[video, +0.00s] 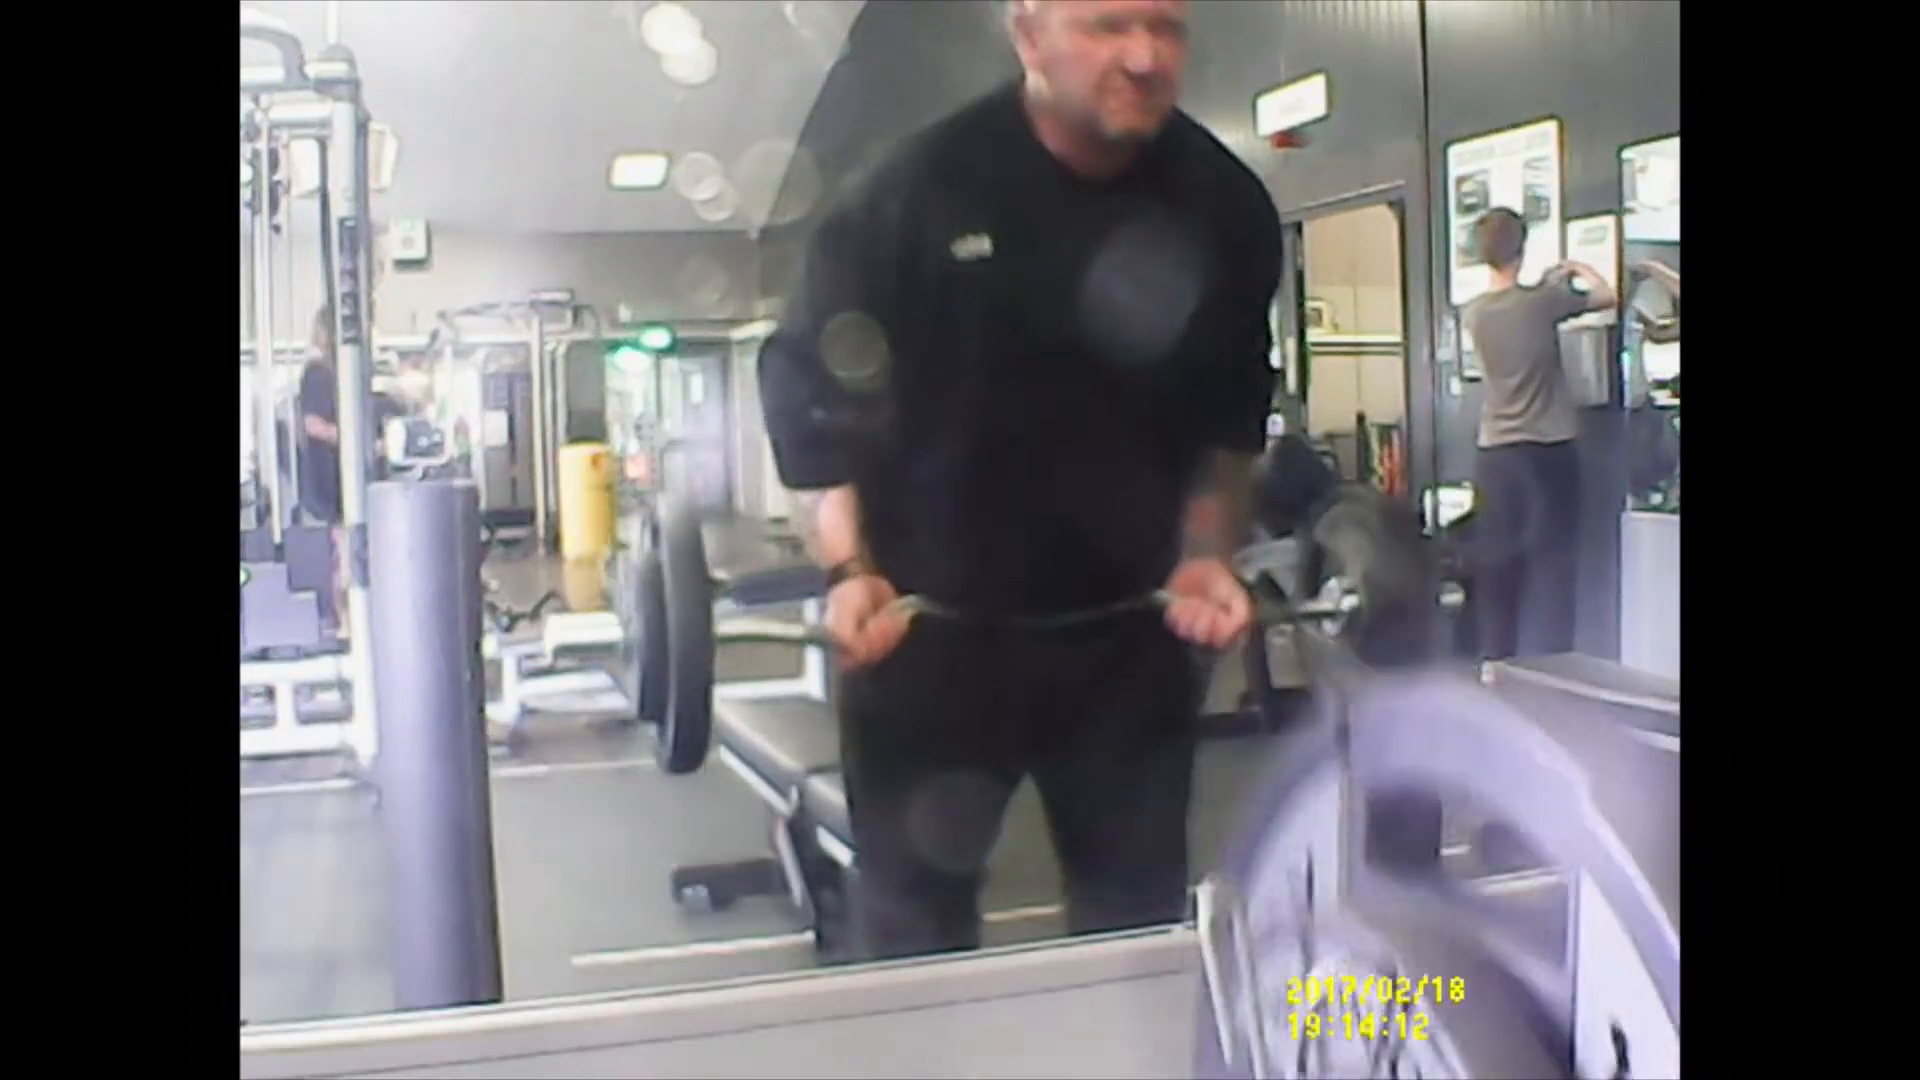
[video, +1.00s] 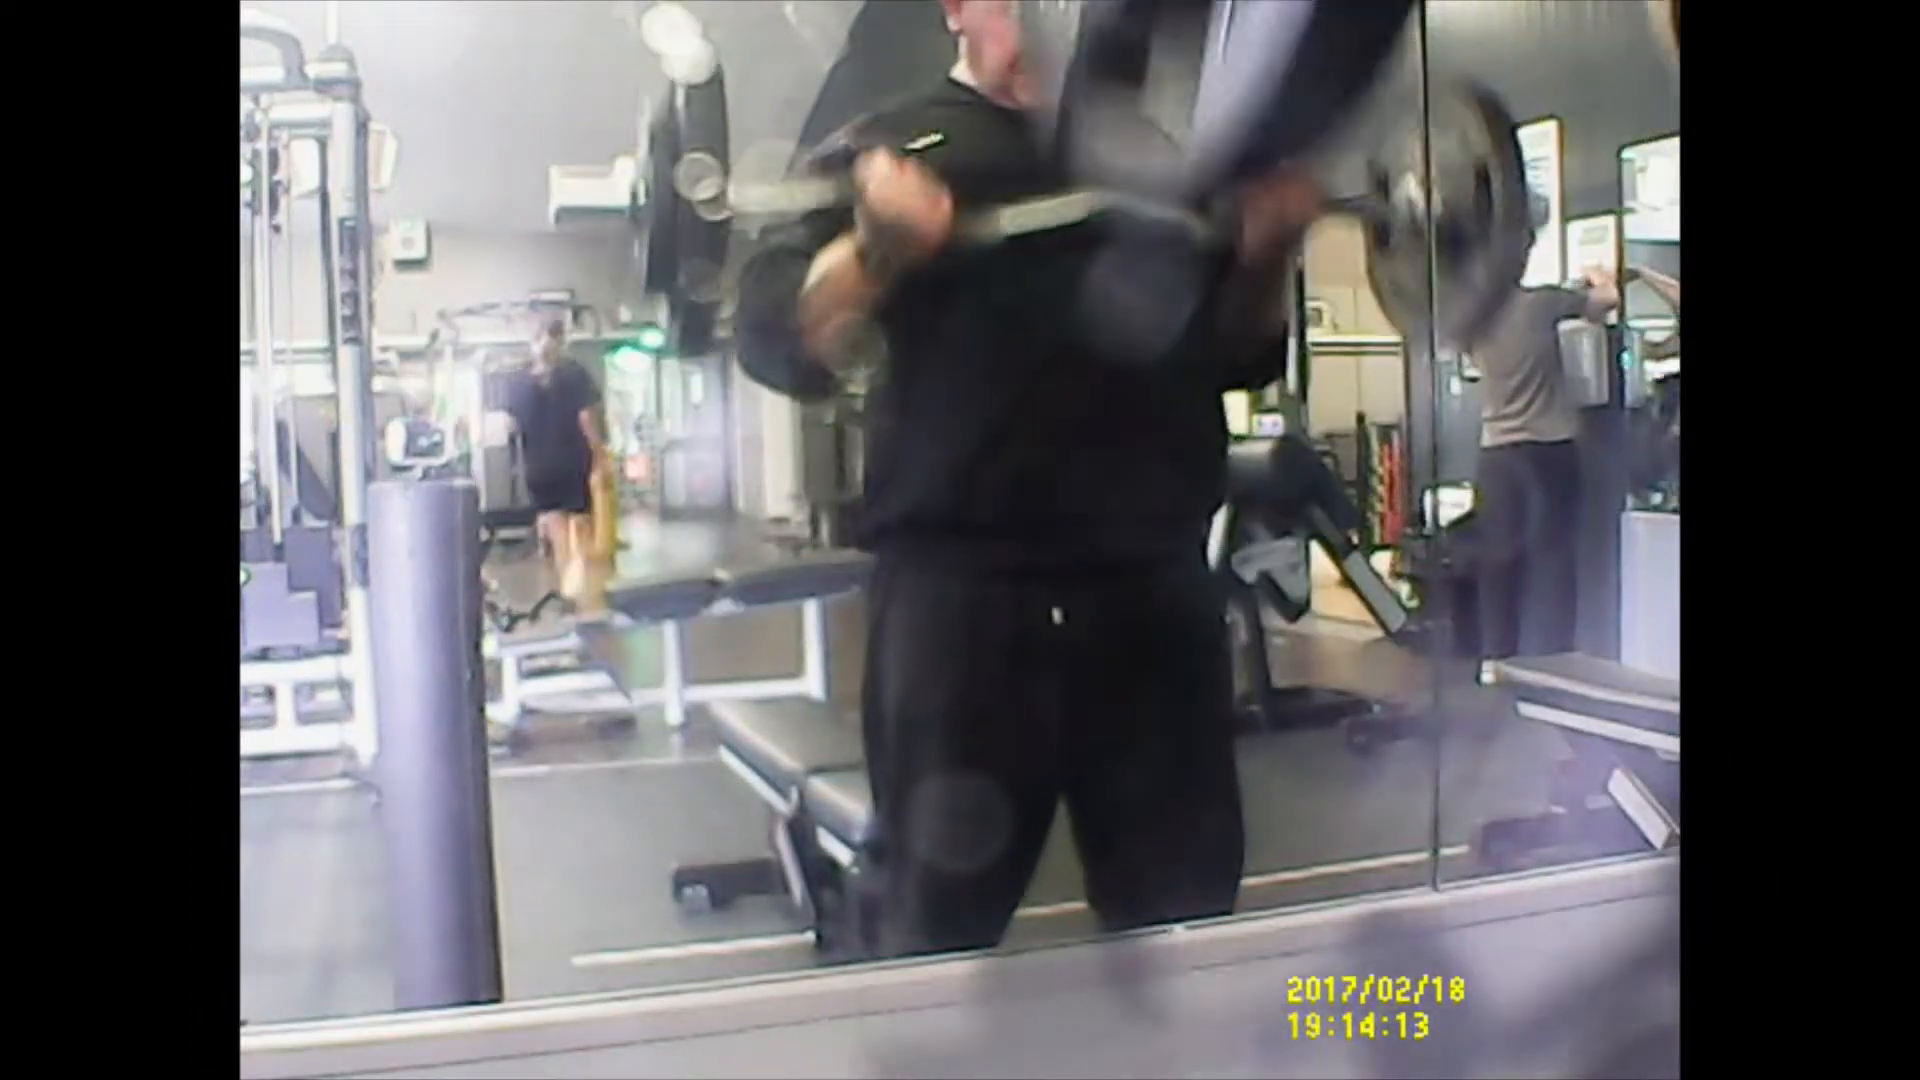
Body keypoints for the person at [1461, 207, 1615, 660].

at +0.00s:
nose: (1515, 252)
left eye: (1497, 245)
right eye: (1519, 244)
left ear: (1481, 253)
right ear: (1522, 250)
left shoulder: (1475, 313)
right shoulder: (1543, 302)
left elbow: (1515, 308)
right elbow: (1608, 299)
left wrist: (1551, 279)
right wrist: (1581, 269)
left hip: (1495, 450)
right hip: (1547, 447)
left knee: (1496, 554)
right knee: (1551, 554)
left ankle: (1493, 660)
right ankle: (1551, 665)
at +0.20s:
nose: (1513, 252)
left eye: (1495, 246)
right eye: (1516, 245)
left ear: (1477, 255)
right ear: (1519, 251)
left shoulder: (1472, 314)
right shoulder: (1539, 301)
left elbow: (1511, 310)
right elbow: (1606, 297)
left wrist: (1550, 281)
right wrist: (1578, 268)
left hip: (1493, 450)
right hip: (1546, 446)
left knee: (1500, 561)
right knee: (1551, 556)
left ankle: (1499, 667)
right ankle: (1550, 667)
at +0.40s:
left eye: (1485, 251)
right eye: (1510, 248)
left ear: (1478, 256)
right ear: (1519, 251)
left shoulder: (1468, 315)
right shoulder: (1539, 302)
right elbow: (1605, 298)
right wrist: (1578, 270)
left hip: (1483, 432)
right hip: (1534, 430)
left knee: (1484, 543)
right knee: (1531, 538)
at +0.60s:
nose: (1522, 257)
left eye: (1518, 249)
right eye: (1521, 250)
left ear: (1480, 259)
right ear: (1519, 255)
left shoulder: (1468, 314)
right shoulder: (1542, 300)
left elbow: (1476, 357)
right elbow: (1600, 301)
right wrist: (1587, 278)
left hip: (1495, 449)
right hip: (1548, 445)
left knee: (1496, 555)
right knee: (1550, 554)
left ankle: (1492, 662)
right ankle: (1546, 667)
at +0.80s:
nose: (1520, 255)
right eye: (1522, 247)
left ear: (1483, 254)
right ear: (1524, 251)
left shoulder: (1470, 315)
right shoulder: (1540, 302)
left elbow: (1472, 359)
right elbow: (1605, 298)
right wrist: (1592, 278)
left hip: (1496, 451)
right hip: (1549, 447)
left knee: (1497, 555)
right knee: (1551, 554)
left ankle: (1494, 662)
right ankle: (1549, 666)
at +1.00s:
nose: (1528, 253)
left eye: (1526, 245)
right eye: (1525, 246)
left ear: (1482, 263)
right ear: (1520, 257)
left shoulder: (1472, 311)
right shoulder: (1541, 301)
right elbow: (1607, 299)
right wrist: (1597, 278)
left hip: (1495, 453)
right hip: (1548, 448)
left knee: (1499, 560)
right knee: (1552, 557)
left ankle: (1495, 666)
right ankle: (1549, 671)